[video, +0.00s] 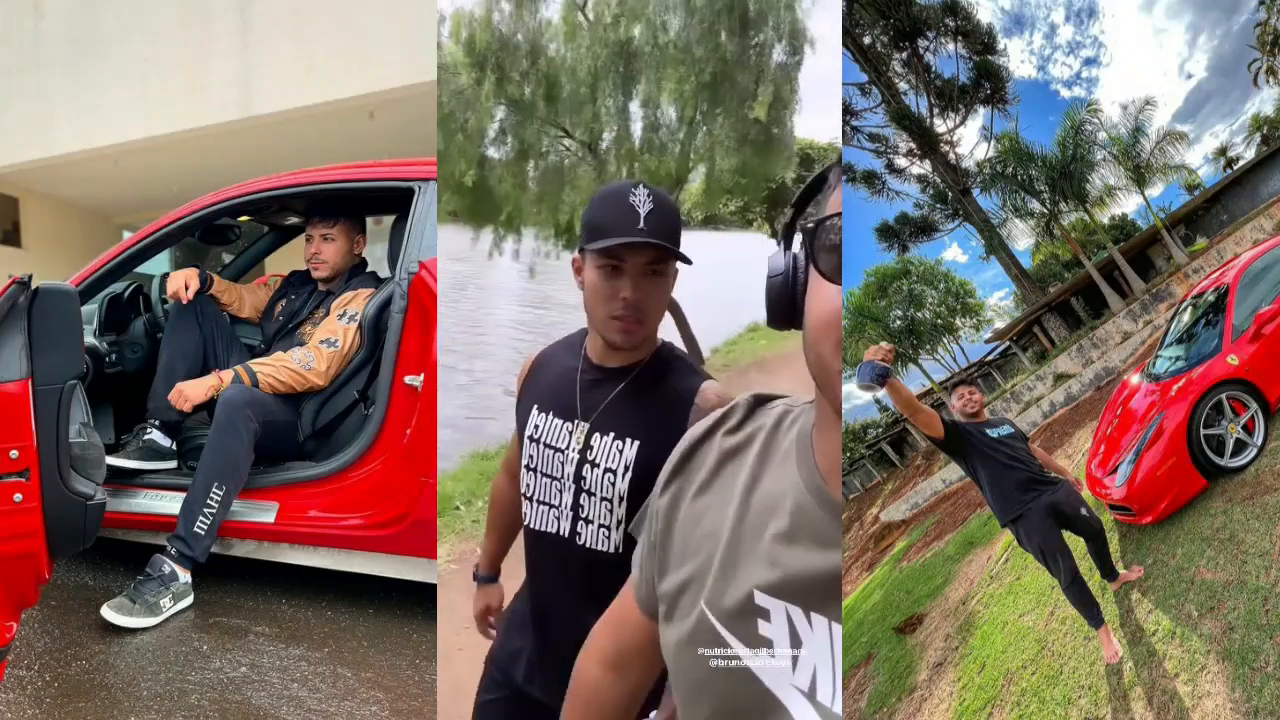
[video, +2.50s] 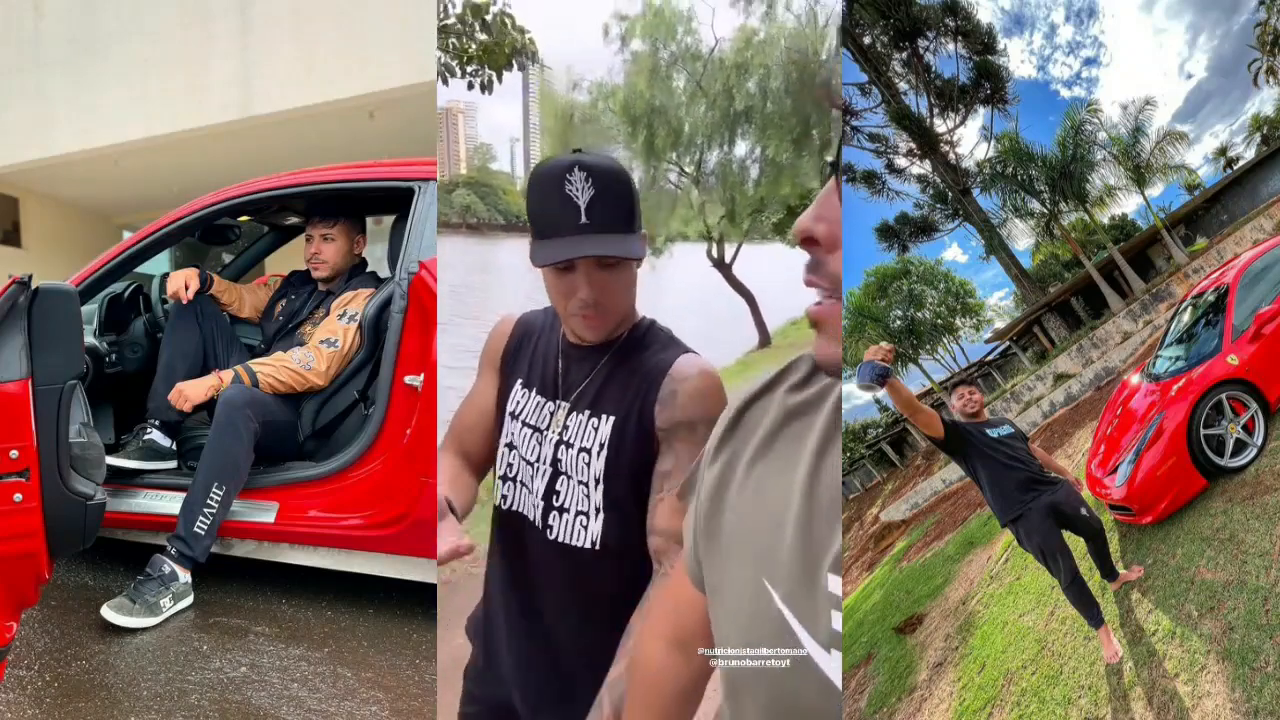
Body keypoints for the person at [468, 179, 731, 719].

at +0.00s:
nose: (631, 293)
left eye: (654, 271)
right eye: (612, 268)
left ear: (673, 280)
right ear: (579, 271)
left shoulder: (702, 409)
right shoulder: (544, 371)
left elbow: (711, 556)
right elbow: (516, 475)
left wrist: (683, 691)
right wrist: (486, 571)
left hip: (629, 676)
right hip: (530, 647)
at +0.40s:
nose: (599, 290)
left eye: (622, 262)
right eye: (574, 263)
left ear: (645, 263)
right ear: (537, 265)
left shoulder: (691, 409)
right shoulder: (512, 376)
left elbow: (704, 577)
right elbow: (483, 500)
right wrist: (450, 608)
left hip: (613, 698)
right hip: (507, 680)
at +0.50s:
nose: (613, 292)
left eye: (636, 267)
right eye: (591, 265)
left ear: (658, 270)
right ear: (552, 265)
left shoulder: (702, 408)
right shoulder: (521, 378)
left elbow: (725, 571)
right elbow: (463, 513)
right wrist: (406, 626)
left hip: (631, 691)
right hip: (525, 672)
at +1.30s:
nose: (584, 314)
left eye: (607, 292)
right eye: (564, 289)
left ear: (636, 286)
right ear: (536, 278)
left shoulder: (668, 399)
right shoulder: (513, 355)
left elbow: (675, 572)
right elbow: (475, 471)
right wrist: (430, 583)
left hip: (598, 687)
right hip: (493, 661)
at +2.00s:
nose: (635, 292)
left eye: (658, 265)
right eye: (611, 264)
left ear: (676, 267)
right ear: (572, 264)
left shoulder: (718, 401)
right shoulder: (522, 366)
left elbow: (723, 583)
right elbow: (468, 499)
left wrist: (593, 678)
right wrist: (480, 605)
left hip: (659, 698)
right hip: (536, 683)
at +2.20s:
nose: (627, 269)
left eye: (652, 243)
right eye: (605, 242)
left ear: (678, 242)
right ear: (570, 237)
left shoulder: (717, 379)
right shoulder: (528, 332)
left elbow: (737, 550)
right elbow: (469, 462)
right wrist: (478, 555)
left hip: (639, 684)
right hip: (530, 667)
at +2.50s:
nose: (585, 289)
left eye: (608, 264)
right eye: (564, 266)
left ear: (640, 257)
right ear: (539, 264)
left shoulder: (682, 386)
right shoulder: (515, 342)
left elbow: (677, 561)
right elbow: (462, 454)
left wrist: (615, 706)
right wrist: (444, 512)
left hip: (604, 690)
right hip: (500, 670)